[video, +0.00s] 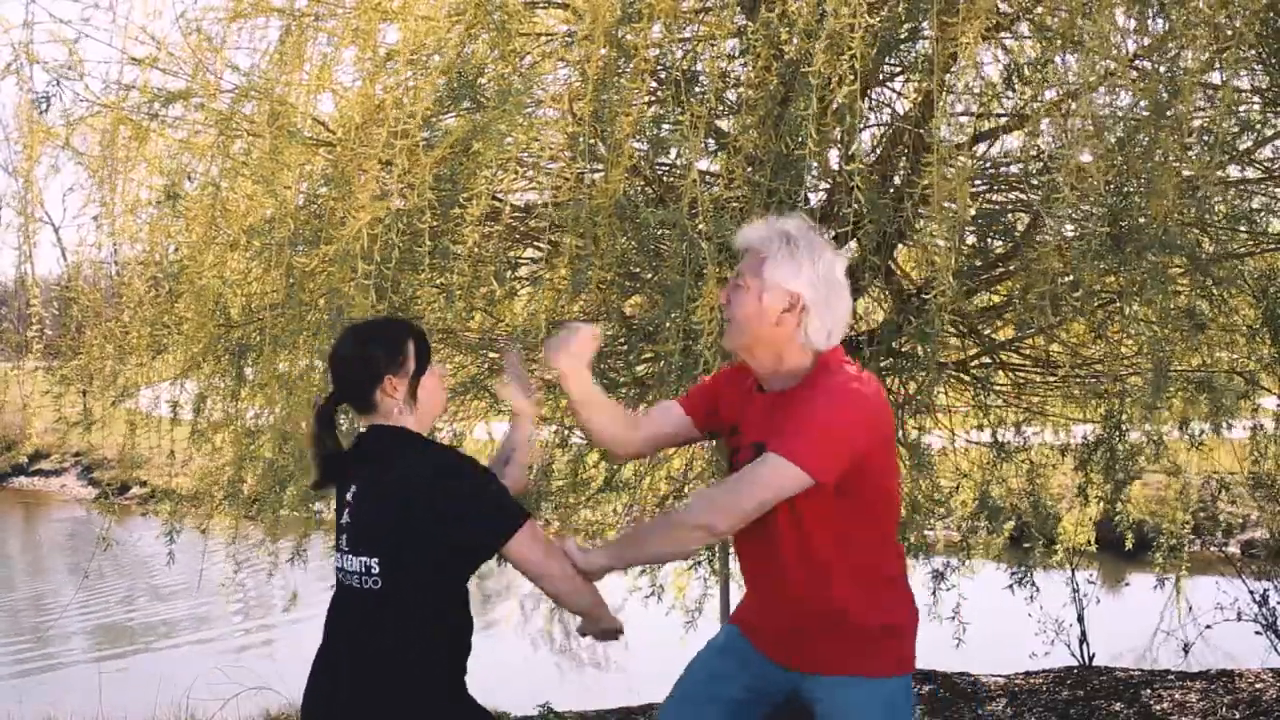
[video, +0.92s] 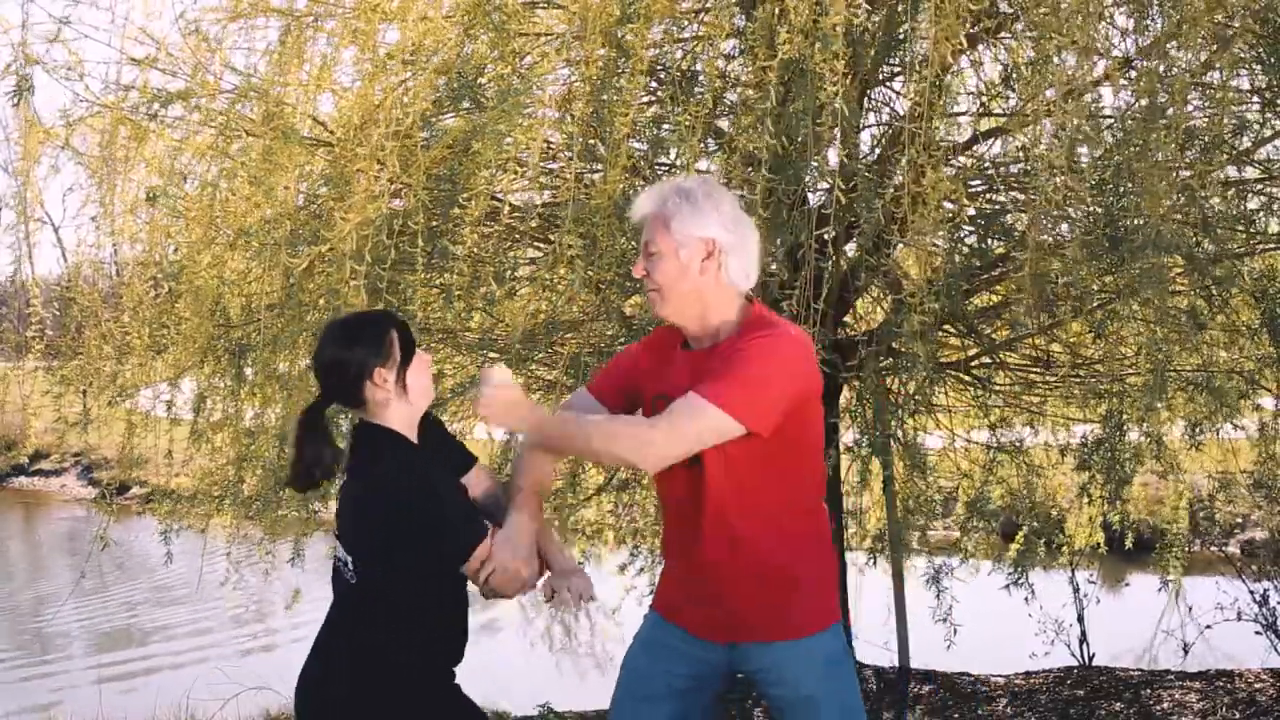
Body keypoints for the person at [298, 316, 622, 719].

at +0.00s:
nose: (441, 373)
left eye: (433, 363)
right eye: (430, 365)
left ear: (389, 389)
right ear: (393, 387)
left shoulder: (362, 460)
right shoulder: (445, 473)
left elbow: (499, 492)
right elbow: (548, 568)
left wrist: (524, 413)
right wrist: (598, 615)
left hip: (334, 694)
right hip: (420, 698)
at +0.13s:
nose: (436, 367)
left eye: (429, 354)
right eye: (425, 355)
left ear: (383, 376)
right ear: (390, 373)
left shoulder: (364, 449)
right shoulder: (440, 463)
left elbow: (503, 465)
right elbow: (556, 552)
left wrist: (559, 395)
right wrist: (591, 557)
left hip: (345, 695)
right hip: (432, 698)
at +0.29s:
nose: (434, 362)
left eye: (428, 348)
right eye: (423, 349)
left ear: (381, 369)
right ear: (386, 367)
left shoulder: (360, 444)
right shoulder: (442, 459)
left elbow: (503, 462)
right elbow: (555, 531)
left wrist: (562, 392)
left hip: (347, 688)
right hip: (431, 691)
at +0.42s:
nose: (431, 362)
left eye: (425, 347)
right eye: (420, 348)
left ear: (375, 362)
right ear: (380, 361)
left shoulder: (355, 437)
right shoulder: (428, 450)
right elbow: (541, 515)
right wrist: (549, 465)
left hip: (345, 684)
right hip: (427, 689)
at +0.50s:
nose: (430, 360)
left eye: (423, 346)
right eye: (419, 347)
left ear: (379, 360)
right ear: (381, 359)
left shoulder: (415, 419)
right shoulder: (408, 465)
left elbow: (516, 464)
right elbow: (530, 522)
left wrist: (574, 492)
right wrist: (568, 497)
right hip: (418, 693)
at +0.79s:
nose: (434, 357)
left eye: (424, 347)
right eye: (421, 350)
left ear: (386, 378)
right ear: (388, 376)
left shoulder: (421, 421)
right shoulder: (411, 479)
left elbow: (510, 466)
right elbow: (530, 550)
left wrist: (587, 507)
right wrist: (575, 520)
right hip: (414, 697)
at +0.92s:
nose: (428, 357)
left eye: (417, 347)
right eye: (413, 350)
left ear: (382, 383)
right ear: (383, 380)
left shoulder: (414, 427)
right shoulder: (403, 481)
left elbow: (494, 494)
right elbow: (500, 577)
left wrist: (558, 558)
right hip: (398, 698)